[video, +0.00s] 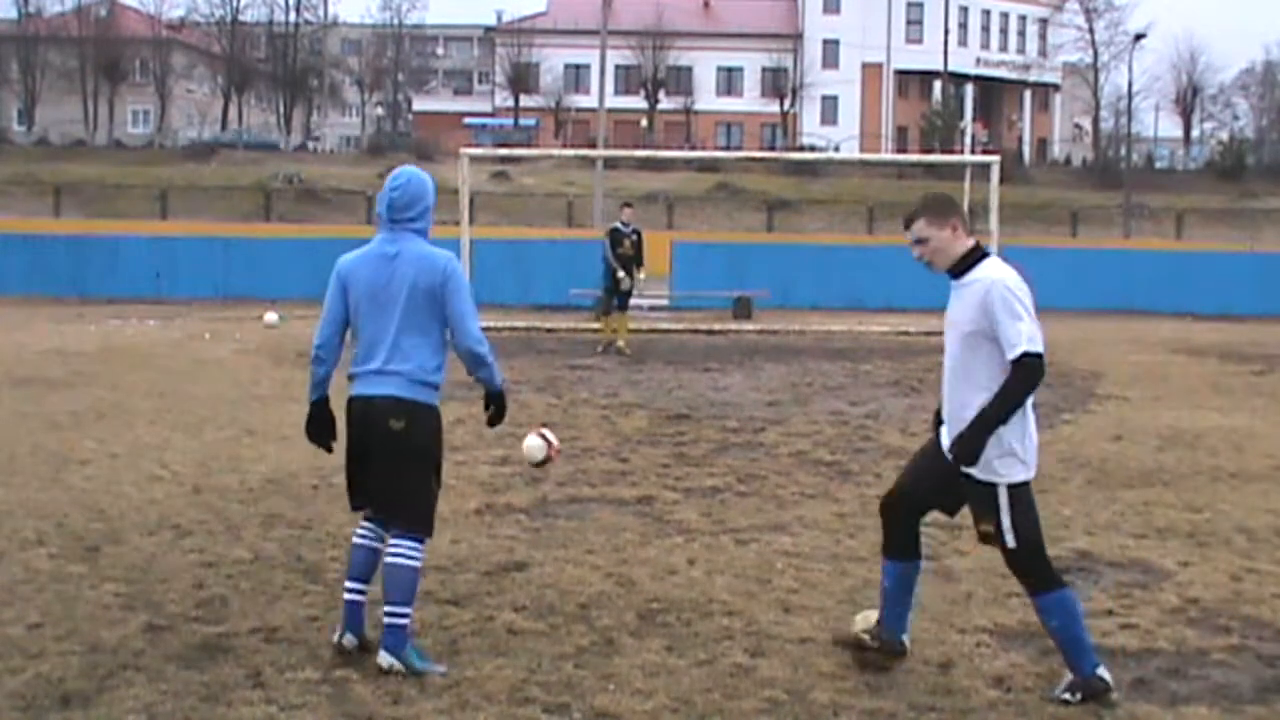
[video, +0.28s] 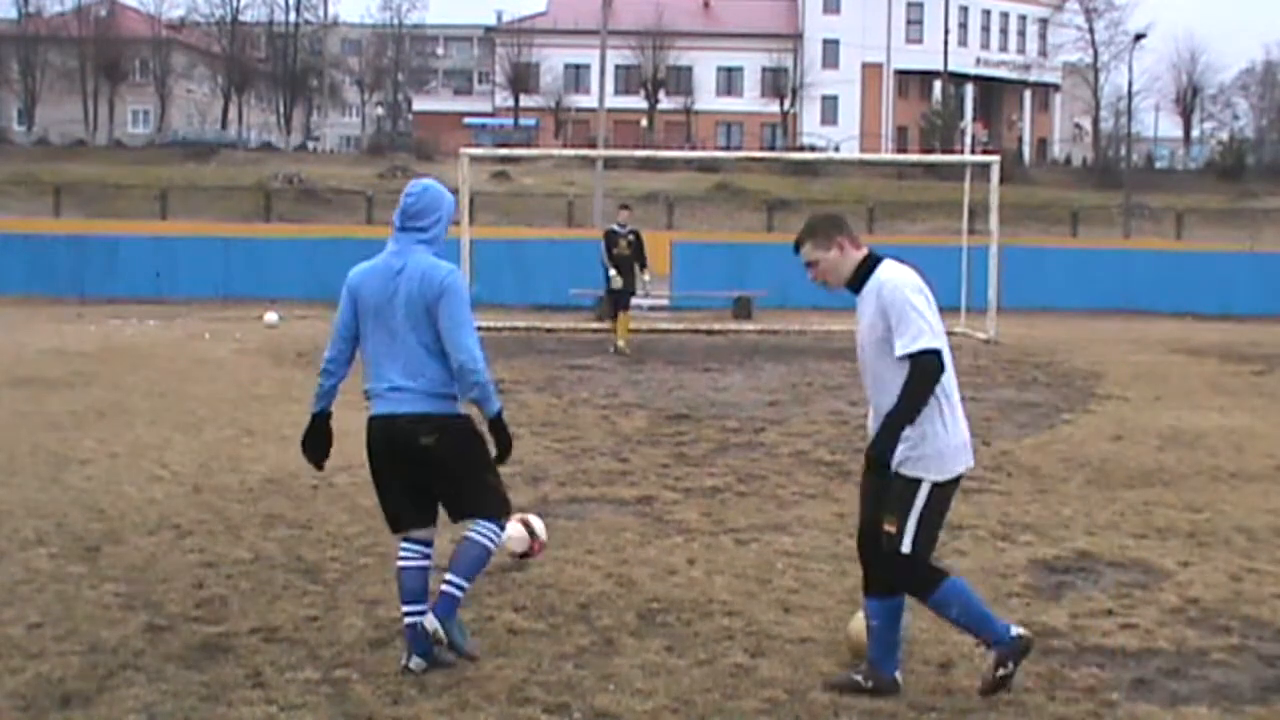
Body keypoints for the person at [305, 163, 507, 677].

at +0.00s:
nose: (431, 215)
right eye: (430, 207)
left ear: (382, 206)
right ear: (428, 210)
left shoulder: (351, 264)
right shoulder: (443, 265)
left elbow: (326, 342)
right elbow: (468, 339)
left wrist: (318, 399)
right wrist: (493, 384)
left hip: (363, 407)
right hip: (414, 412)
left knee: (373, 514)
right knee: (410, 528)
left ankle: (350, 627)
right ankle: (395, 643)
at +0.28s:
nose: (451, 231)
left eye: (451, 224)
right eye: (449, 224)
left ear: (400, 218)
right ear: (440, 224)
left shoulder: (361, 277)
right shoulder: (443, 278)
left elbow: (337, 355)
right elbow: (466, 360)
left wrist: (319, 413)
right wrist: (495, 414)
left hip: (385, 430)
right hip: (440, 427)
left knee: (415, 530)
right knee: (490, 517)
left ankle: (416, 646)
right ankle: (446, 608)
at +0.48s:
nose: (467, 231)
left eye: (467, 223)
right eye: (466, 223)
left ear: (414, 214)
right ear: (455, 222)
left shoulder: (374, 266)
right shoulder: (454, 267)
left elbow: (348, 339)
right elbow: (458, 338)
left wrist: (347, 382)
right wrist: (478, 393)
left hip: (391, 422)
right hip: (447, 418)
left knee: (408, 533)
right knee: (524, 482)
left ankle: (418, 644)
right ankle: (489, 584)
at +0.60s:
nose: (478, 235)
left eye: (480, 226)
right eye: (476, 226)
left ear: (427, 214)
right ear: (463, 222)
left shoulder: (384, 265)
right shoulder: (458, 264)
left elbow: (354, 342)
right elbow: (459, 337)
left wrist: (365, 371)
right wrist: (479, 390)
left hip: (396, 422)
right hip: (450, 418)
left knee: (412, 535)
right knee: (530, 483)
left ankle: (418, 646)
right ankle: (483, 583)